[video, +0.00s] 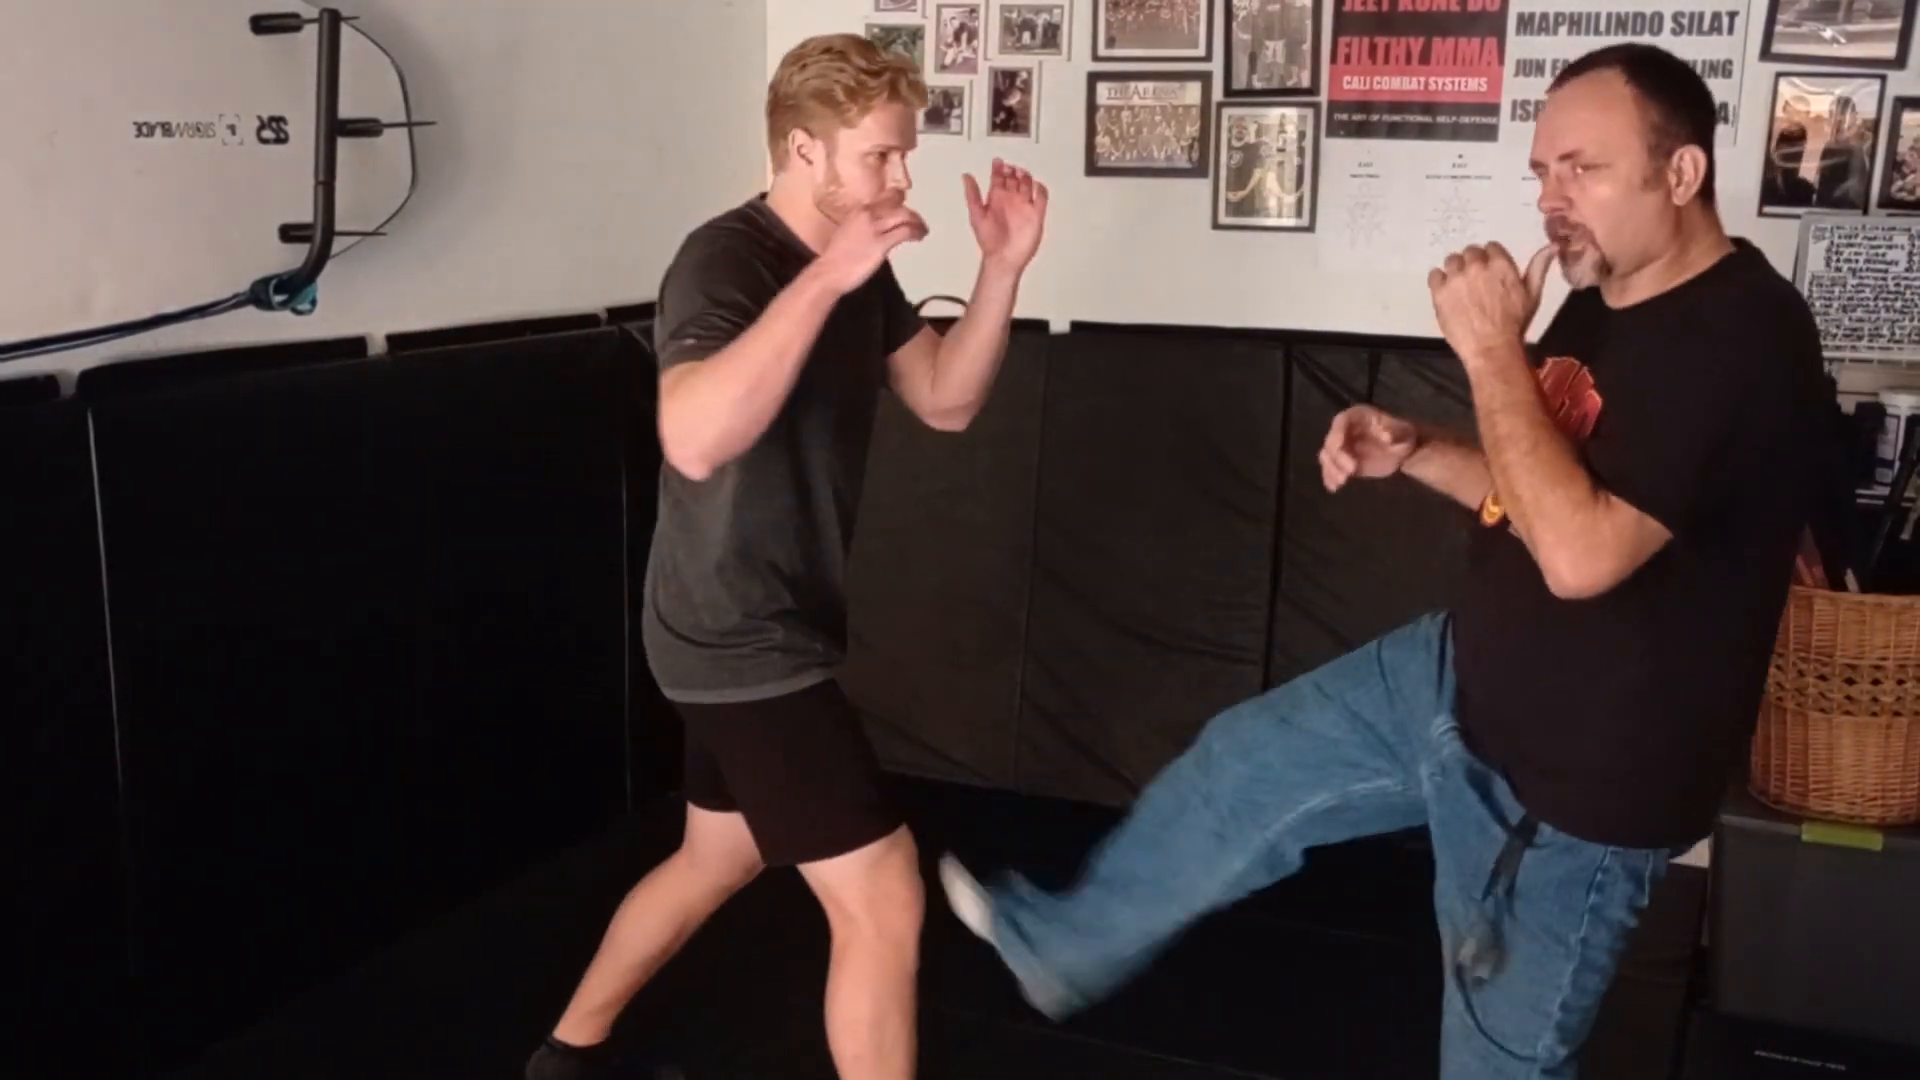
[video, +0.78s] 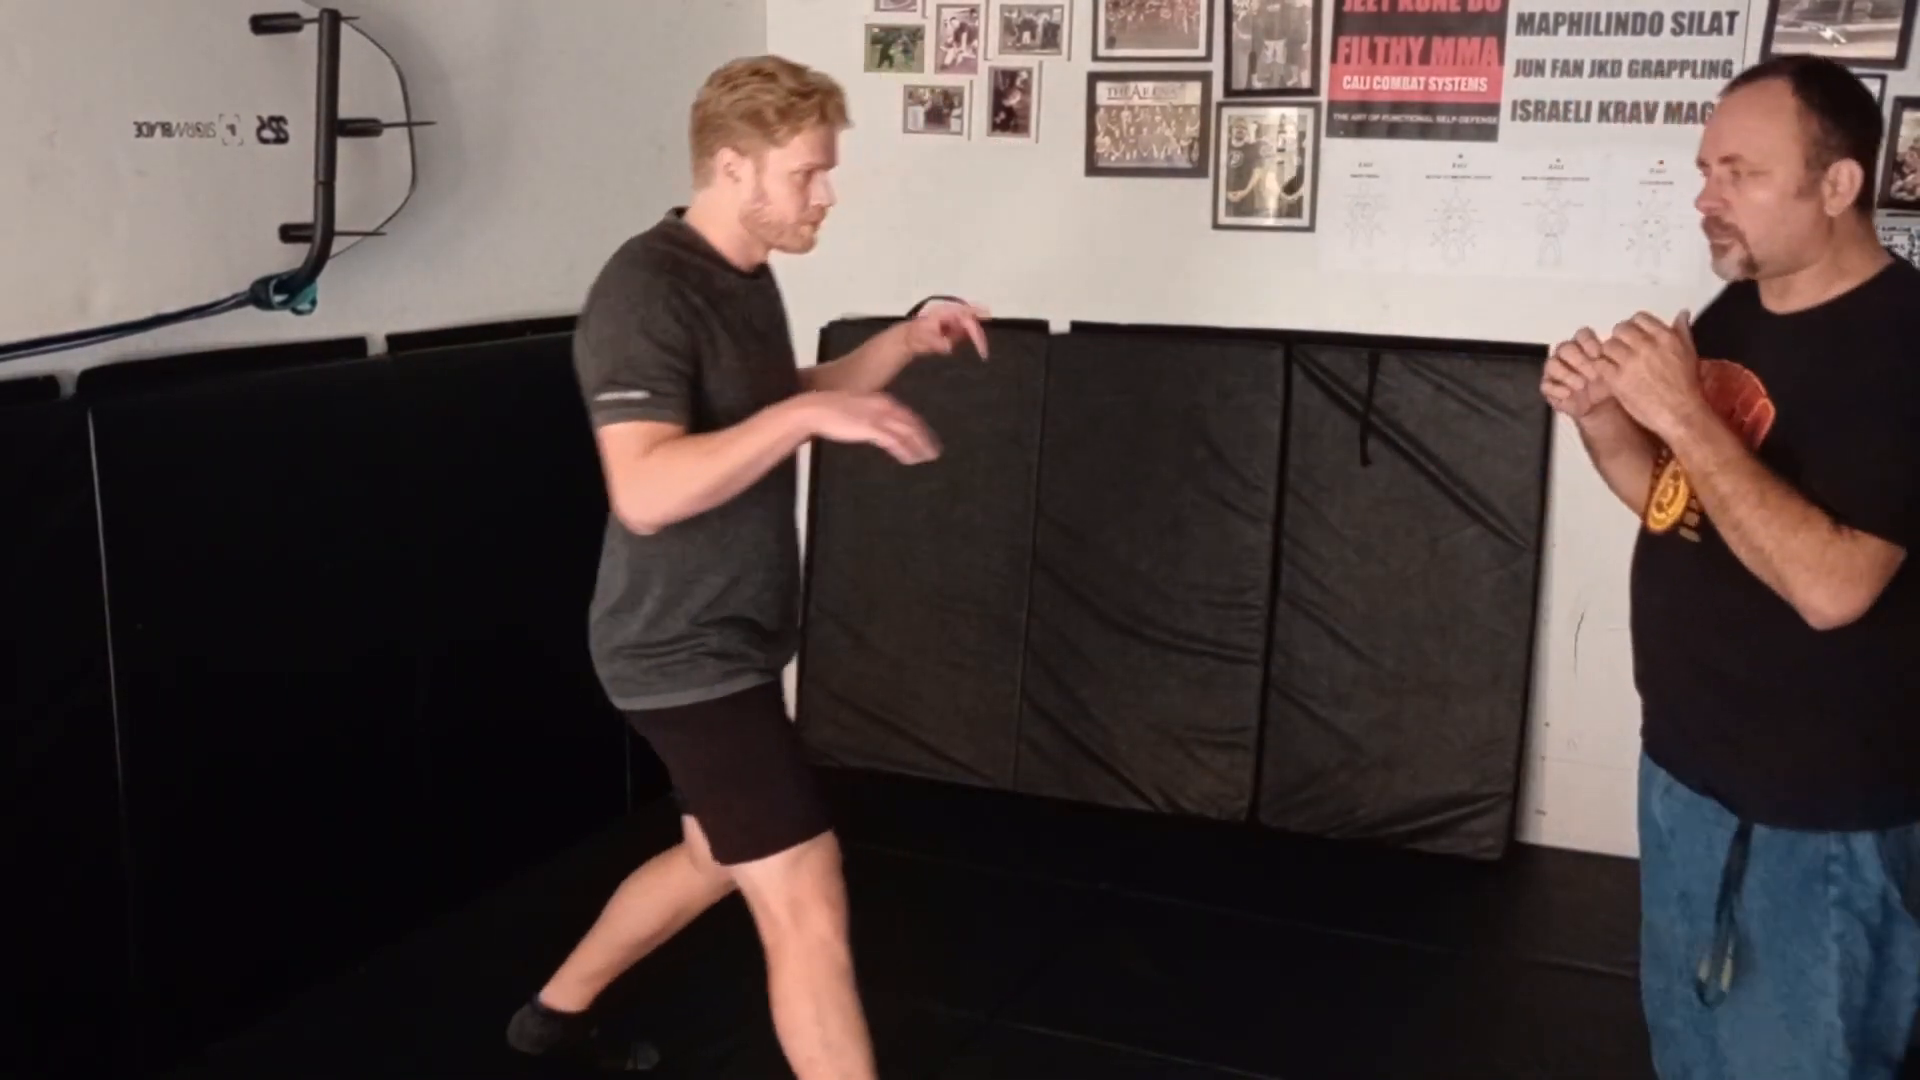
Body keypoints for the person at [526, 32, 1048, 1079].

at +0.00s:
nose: (900, 183)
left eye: (905, 156)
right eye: (880, 159)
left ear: (906, 147)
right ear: (803, 154)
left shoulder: (852, 262)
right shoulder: (723, 262)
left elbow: (945, 400)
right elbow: (695, 439)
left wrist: (999, 269)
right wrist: (824, 278)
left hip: (779, 627)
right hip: (734, 640)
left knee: (716, 858)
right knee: (880, 899)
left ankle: (568, 1046)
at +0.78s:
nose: (825, 201)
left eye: (827, 176)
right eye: (810, 177)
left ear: (743, 168)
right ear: (733, 167)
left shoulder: (745, 277)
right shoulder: (641, 289)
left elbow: (781, 412)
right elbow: (644, 492)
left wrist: (902, 340)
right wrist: (804, 414)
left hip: (740, 636)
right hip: (678, 653)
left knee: (716, 853)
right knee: (804, 900)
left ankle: (552, 1015)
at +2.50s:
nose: (868, 191)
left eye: (874, 168)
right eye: (851, 167)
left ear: (787, 155)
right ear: (778, 155)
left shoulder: (797, 261)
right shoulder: (679, 263)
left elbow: (903, 394)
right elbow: (760, 425)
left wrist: (920, 242)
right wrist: (828, 252)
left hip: (723, 628)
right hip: (722, 641)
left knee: (671, 846)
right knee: (856, 897)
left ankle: (515, 1040)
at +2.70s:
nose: (852, 189)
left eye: (857, 165)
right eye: (834, 164)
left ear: (772, 152)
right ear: (761, 153)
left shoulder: (771, 255)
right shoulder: (658, 266)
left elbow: (883, 385)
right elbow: (755, 432)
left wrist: (911, 233)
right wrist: (816, 250)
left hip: (704, 627)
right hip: (707, 644)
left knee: (674, 845)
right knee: (838, 905)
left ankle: (501, 1031)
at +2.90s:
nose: (739, 201)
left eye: (741, 175)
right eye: (722, 176)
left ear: (664, 170)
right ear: (642, 169)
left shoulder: (683, 276)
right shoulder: (545, 296)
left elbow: (745, 427)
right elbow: (595, 489)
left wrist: (806, 318)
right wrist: (704, 326)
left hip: (688, 642)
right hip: (623, 662)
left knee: (641, 876)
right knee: (773, 908)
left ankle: (461, 1055)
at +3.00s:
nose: (686, 208)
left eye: (688, 182)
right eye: (669, 185)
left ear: (616, 183)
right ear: (593, 181)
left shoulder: (634, 289)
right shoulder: (488, 303)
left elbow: (710, 429)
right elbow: (516, 494)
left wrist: (781, 309)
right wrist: (638, 360)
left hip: (630, 649)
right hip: (562, 671)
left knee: (614, 884)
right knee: (738, 893)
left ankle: (454, 1068)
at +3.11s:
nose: (644, 189)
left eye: (648, 163)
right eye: (626, 165)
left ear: (588, 164)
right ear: (549, 160)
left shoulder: (606, 266)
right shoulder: (450, 275)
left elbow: (699, 391)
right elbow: (482, 457)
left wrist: (752, 250)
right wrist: (601, 317)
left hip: (592, 621)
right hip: (505, 640)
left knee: (583, 868)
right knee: (696, 847)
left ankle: (451, 1069)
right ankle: (714, 1076)